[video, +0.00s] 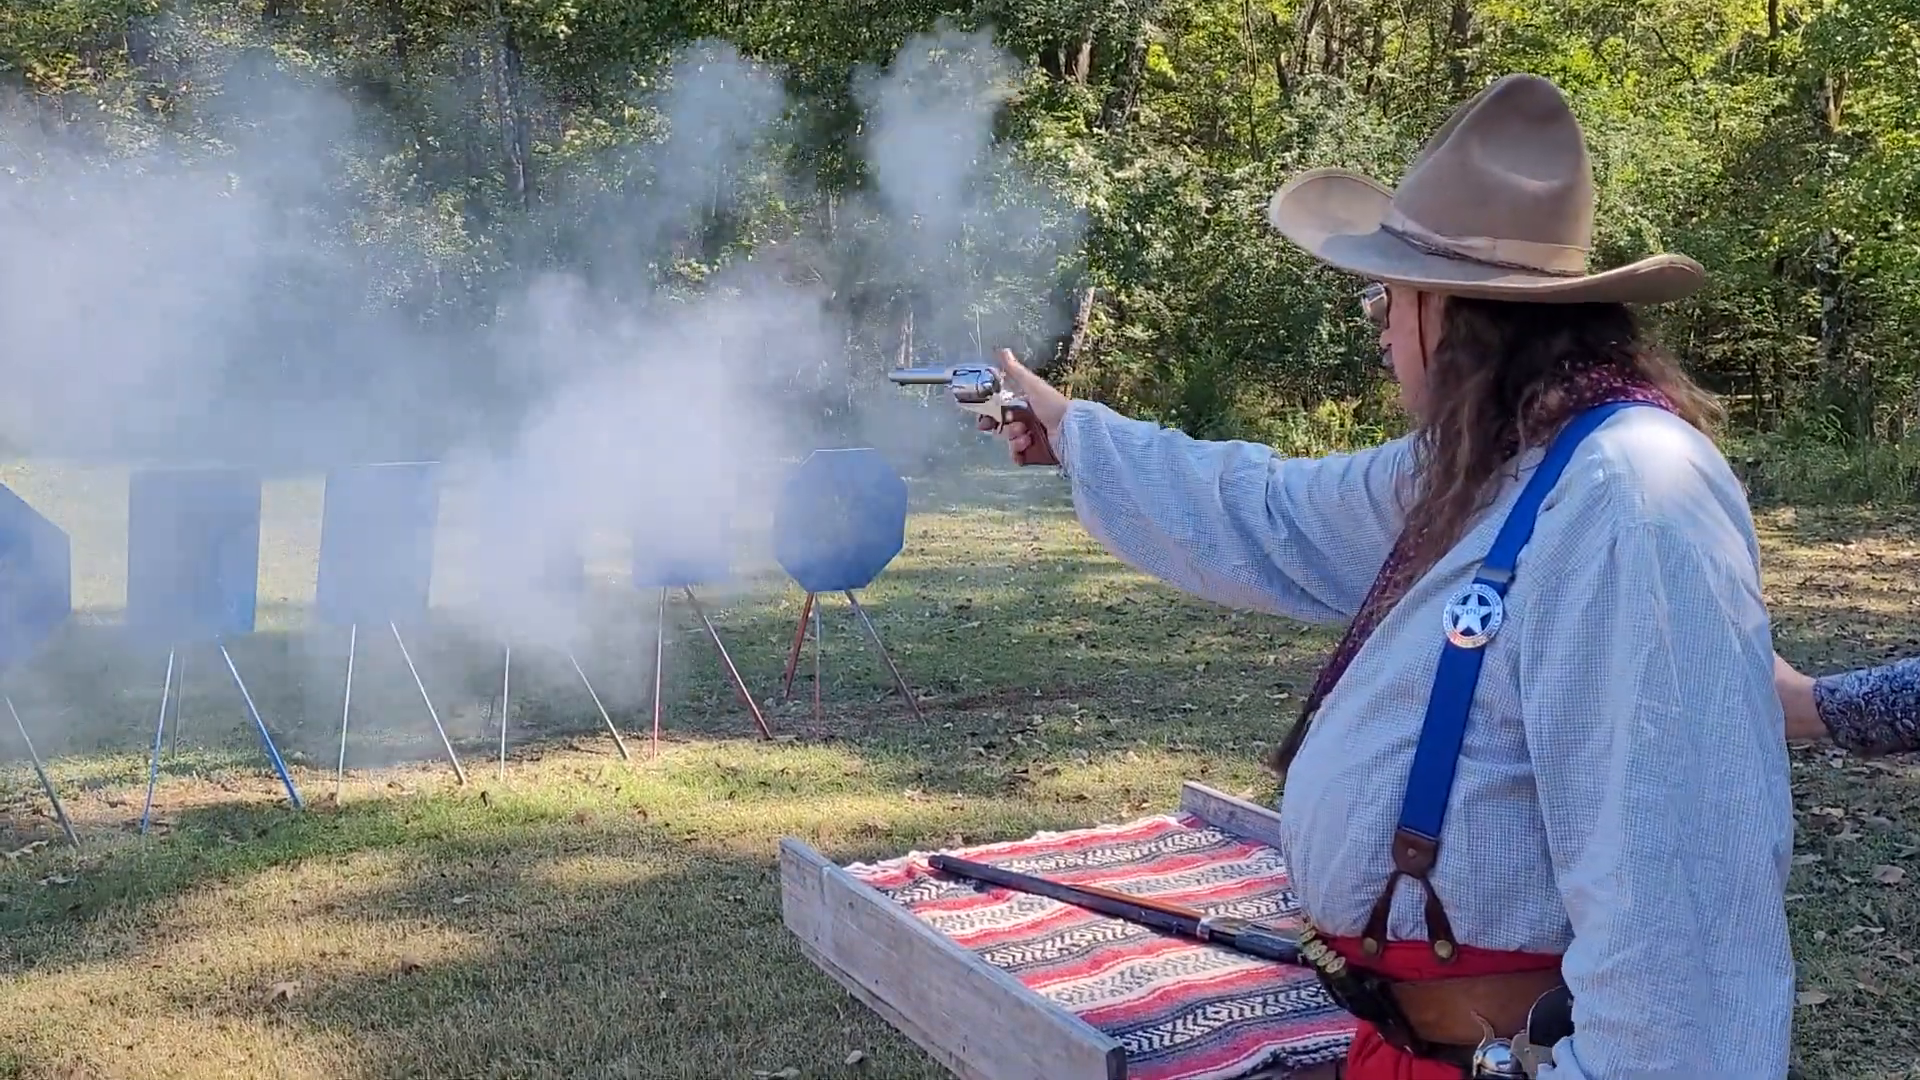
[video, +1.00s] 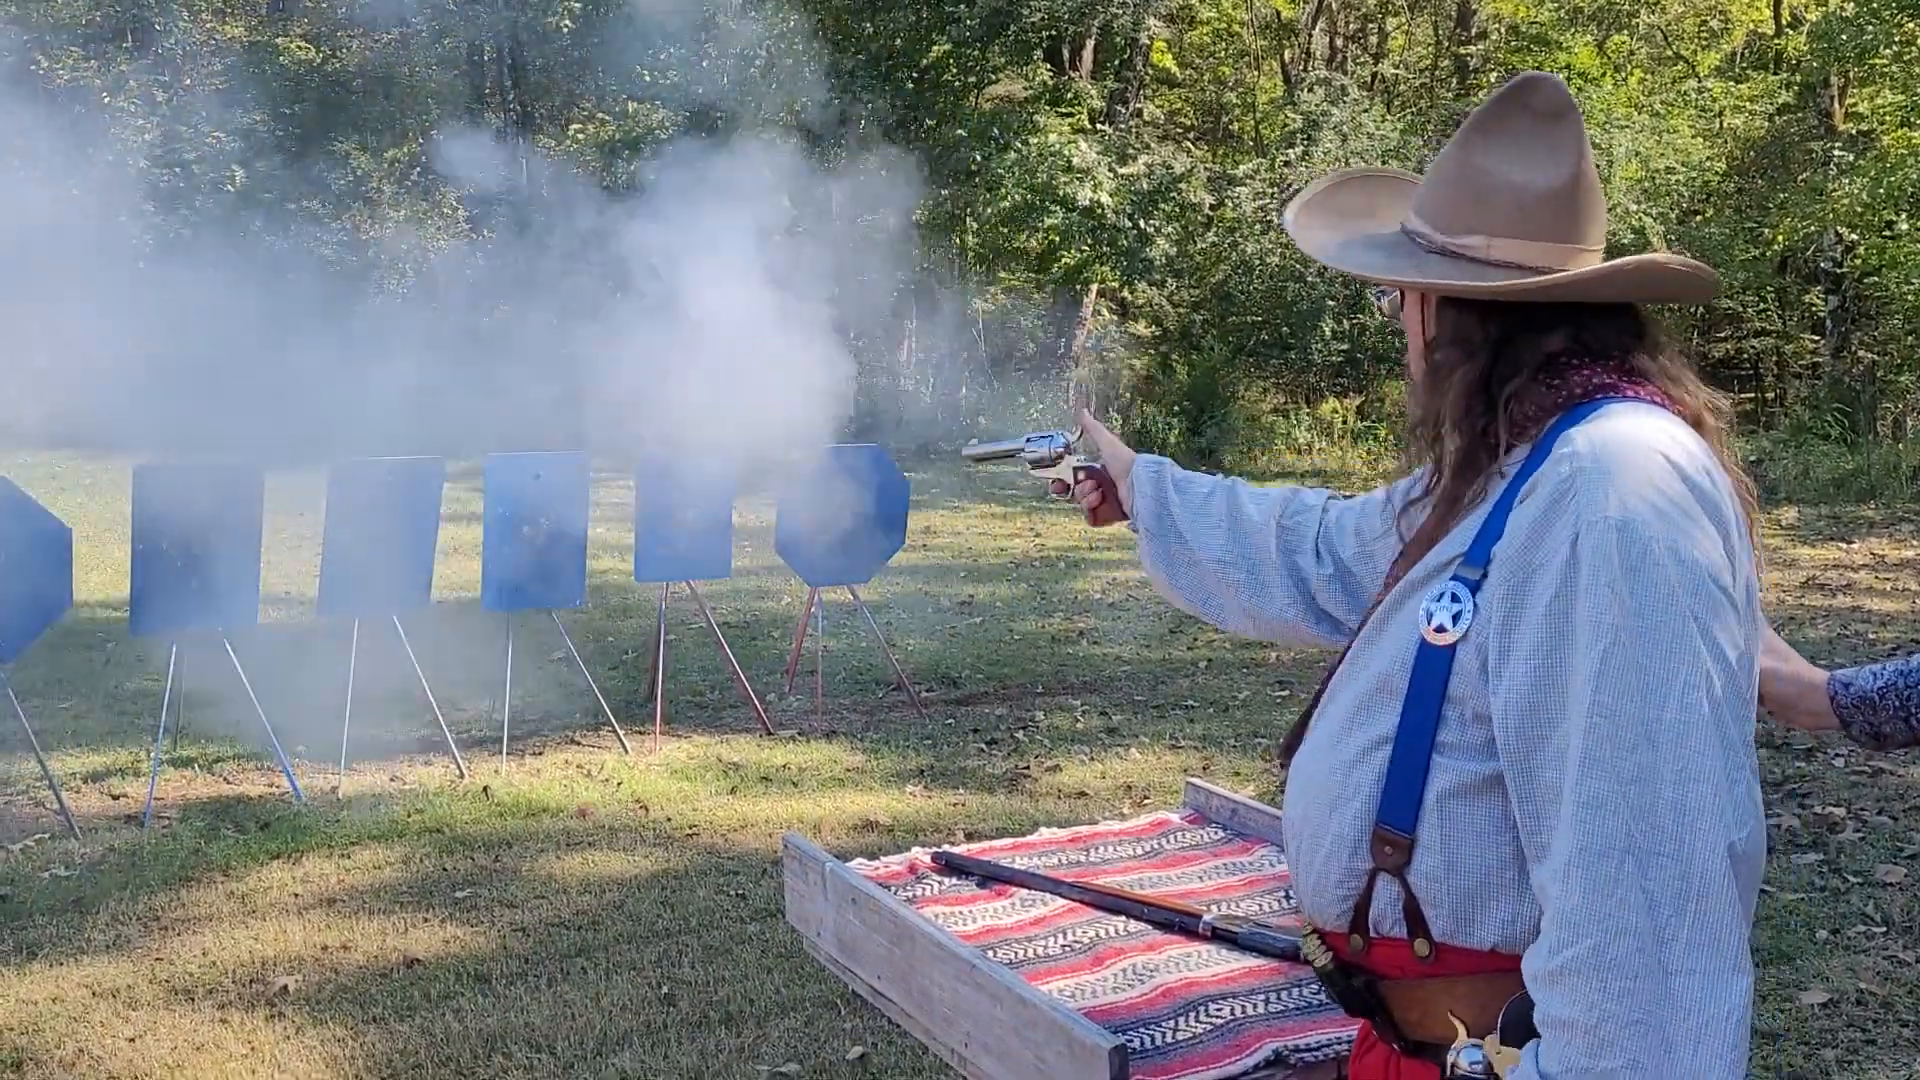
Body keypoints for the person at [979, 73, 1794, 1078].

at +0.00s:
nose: (1375, 319)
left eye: (1392, 291)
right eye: (1381, 290)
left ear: (1465, 313)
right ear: (1495, 315)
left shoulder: (1640, 494)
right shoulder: (1469, 464)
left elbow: (1680, 920)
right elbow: (1265, 509)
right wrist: (1067, 428)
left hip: (1502, 1037)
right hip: (1379, 992)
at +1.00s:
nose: (1396, 317)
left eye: (1403, 289)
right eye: (1398, 288)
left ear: (1438, 310)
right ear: (1541, 303)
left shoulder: (1623, 493)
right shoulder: (1496, 469)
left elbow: (1647, 917)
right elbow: (1325, 546)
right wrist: (1144, 489)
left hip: (1489, 1037)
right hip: (1397, 998)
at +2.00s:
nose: (1409, 329)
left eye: (1421, 304)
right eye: (1411, 301)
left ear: (1461, 320)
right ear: (1566, 308)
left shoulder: (1562, 496)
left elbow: (1558, 872)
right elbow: (1412, 509)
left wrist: (1437, 1062)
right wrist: (1303, 429)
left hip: (1494, 1022)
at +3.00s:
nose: (1404, 334)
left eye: (1413, 307)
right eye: (1404, 306)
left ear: (1457, 321)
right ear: (1569, 309)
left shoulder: (1550, 481)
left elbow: (1545, 866)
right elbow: (1401, 497)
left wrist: (1428, 1061)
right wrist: (1294, 410)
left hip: (1493, 1025)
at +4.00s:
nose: (1352, 391)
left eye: (1352, 365)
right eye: (1347, 367)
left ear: (1385, 354)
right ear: (1528, 305)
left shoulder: (1453, 446)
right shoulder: (1663, 441)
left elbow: (1566, 672)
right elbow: (1798, 740)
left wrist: (1446, 974)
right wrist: (1668, 855)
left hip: (1503, 1039)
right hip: (1664, 1001)